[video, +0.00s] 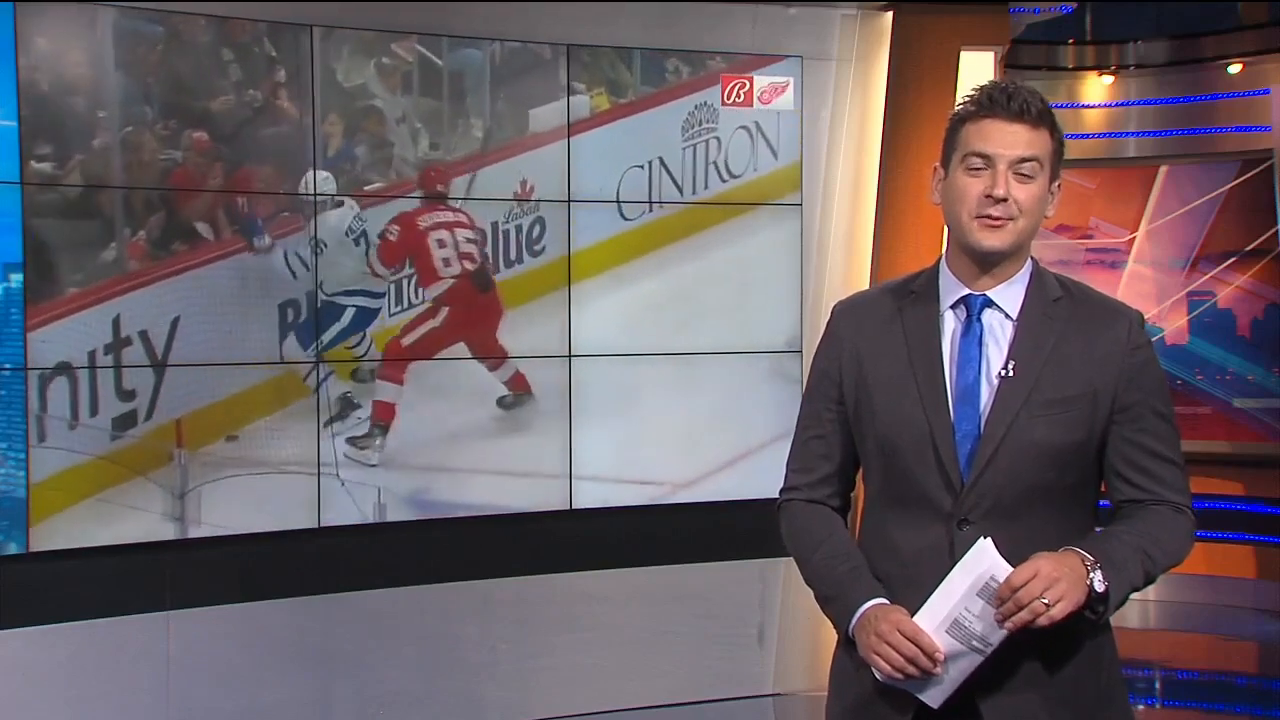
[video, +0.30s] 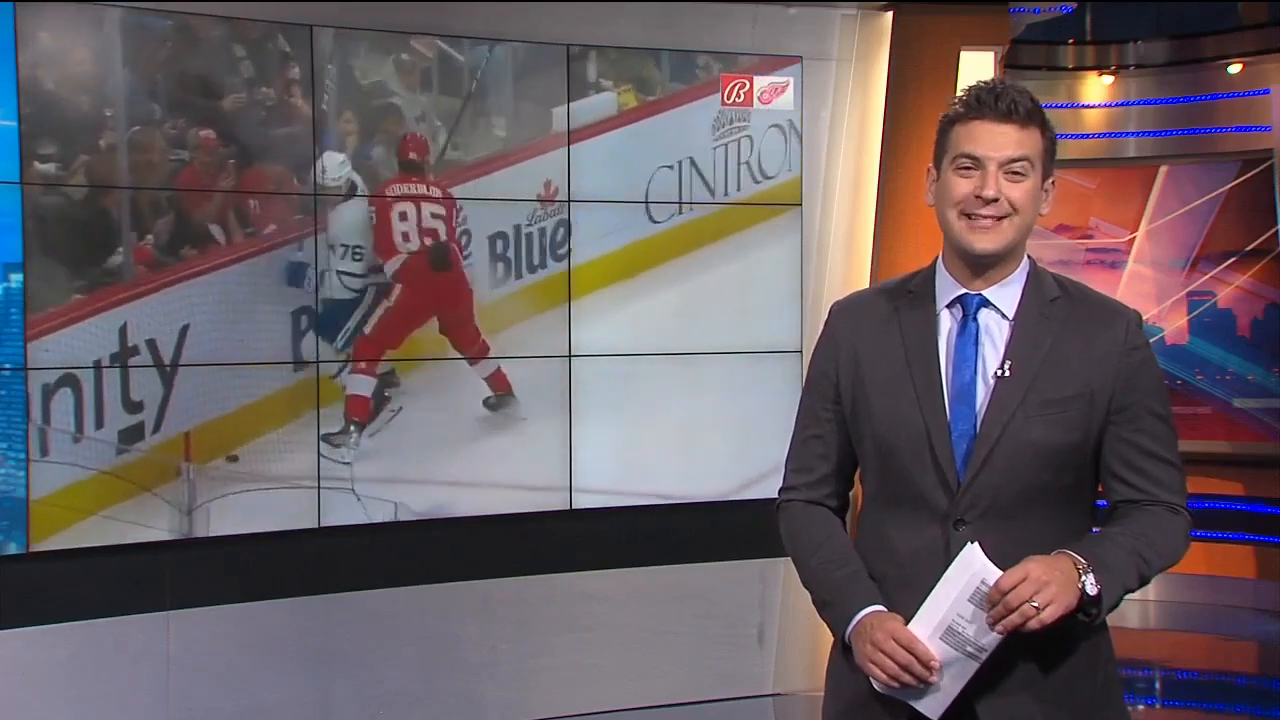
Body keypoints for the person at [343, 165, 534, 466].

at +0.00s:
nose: (426, 193)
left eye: (423, 188)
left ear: (420, 190)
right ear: (448, 190)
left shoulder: (407, 221)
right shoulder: (468, 218)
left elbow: (383, 266)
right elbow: (478, 254)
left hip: (450, 308)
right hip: (488, 303)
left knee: (395, 353)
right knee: (484, 346)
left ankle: (376, 434)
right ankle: (522, 391)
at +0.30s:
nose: (415, 166)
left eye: (407, 159)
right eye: (422, 160)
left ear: (398, 161)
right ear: (428, 161)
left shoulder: (384, 193)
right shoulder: (445, 195)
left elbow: (384, 251)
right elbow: (451, 244)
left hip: (414, 287)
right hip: (455, 283)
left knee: (368, 346)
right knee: (465, 336)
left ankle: (353, 427)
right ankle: (503, 392)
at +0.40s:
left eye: (402, 146)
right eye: (419, 148)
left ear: (394, 149)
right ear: (425, 149)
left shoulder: (380, 182)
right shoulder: (439, 184)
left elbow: (379, 231)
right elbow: (446, 232)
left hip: (403, 275)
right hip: (443, 272)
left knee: (366, 346)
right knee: (468, 338)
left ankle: (351, 426)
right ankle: (500, 396)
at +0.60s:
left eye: (408, 117)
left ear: (407, 120)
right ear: (438, 124)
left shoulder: (391, 150)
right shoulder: (453, 160)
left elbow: (379, 193)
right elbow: (451, 212)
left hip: (394, 247)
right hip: (436, 248)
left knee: (379, 327)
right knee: (460, 318)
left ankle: (354, 412)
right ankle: (490, 392)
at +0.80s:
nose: (463, 118)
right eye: (462, 112)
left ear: (428, 106)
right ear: (457, 112)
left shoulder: (400, 134)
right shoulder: (465, 143)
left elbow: (389, 176)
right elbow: (465, 190)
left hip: (410, 238)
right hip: (454, 239)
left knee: (390, 318)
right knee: (475, 313)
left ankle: (369, 404)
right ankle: (496, 392)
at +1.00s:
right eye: (473, 91)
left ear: (444, 92)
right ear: (474, 95)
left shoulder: (423, 122)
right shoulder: (488, 126)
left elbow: (417, 177)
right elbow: (498, 179)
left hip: (445, 229)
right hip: (490, 227)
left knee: (427, 312)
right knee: (507, 305)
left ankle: (408, 405)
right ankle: (536, 392)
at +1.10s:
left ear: (459, 91)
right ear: (491, 93)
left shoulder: (444, 120)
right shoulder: (510, 124)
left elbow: (437, 173)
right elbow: (518, 174)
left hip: (474, 223)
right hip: (519, 220)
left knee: (444, 312)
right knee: (532, 300)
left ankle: (432, 409)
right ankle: (561, 389)